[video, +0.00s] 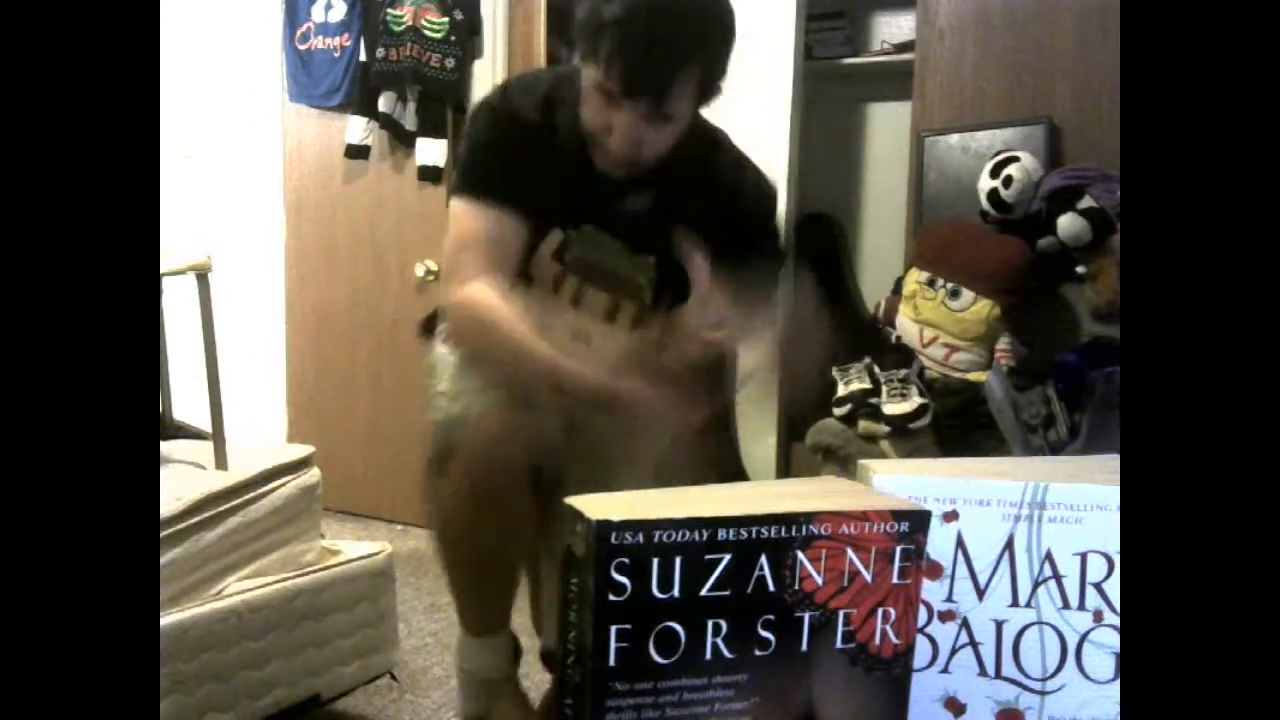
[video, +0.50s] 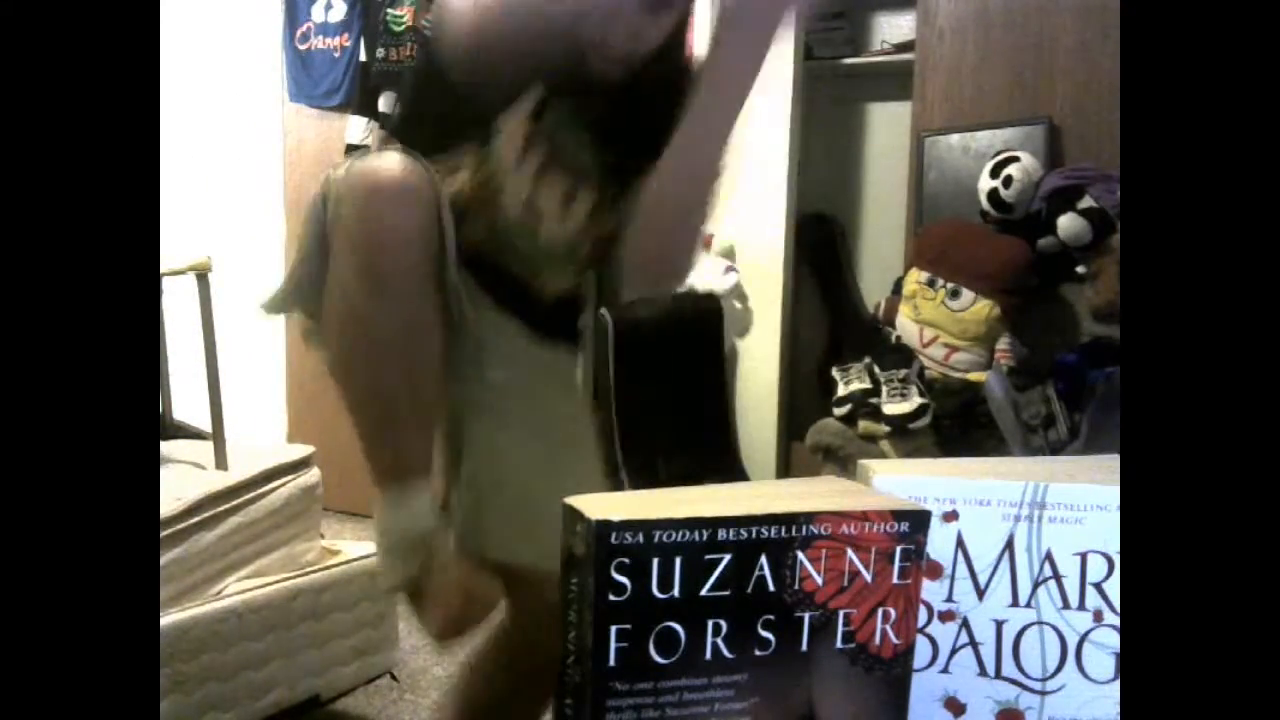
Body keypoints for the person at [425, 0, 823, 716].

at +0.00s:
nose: (622, 135)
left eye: (657, 117)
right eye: (605, 99)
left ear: (704, 96)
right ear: (580, 63)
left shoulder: (735, 193)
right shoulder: (515, 122)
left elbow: (732, 350)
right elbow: (468, 294)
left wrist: (708, 333)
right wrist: (618, 391)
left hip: (643, 385)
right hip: (511, 350)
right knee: (485, 437)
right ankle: (485, 672)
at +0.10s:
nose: (626, 122)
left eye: (658, 100)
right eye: (607, 86)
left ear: (698, 84)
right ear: (576, 51)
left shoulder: (716, 161)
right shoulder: (515, 110)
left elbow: (737, 286)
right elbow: (501, 272)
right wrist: (643, 322)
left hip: (620, 411)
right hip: (506, 376)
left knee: (581, 658)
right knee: (453, 379)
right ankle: (481, 642)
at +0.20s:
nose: (626, 122)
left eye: (658, 101)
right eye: (607, 86)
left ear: (698, 84)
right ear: (576, 51)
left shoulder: (715, 160)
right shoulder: (515, 110)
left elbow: (738, 284)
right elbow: (501, 272)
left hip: (620, 410)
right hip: (506, 375)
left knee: (581, 658)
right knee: (452, 379)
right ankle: (481, 642)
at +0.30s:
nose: (635, 95)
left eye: (665, 74)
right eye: (617, 65)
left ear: (706, 59)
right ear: (583, 30)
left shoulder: (706, 134)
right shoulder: (519, 94)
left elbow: (814, 228)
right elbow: (529, 215)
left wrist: (793, 180)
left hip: (643, 388)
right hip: (508, 369)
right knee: (436, 347)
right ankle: (473, 628)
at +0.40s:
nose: (648, 42)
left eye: (675, 26)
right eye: (643, 18)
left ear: (695, 25)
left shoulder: (679, 96)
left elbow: (766, 186)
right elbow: (503, 46)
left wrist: (769, 12)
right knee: (374, 220)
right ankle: (432, 537)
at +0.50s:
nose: (634, 27)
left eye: (660, 12)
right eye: (628, 5)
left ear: (678, 12)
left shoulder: (672, 89)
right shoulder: (488, 21)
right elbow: (465, 35)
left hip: (550, 317)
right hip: (422, 256)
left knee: (553, 619)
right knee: (383, 187)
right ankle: (410, 530)